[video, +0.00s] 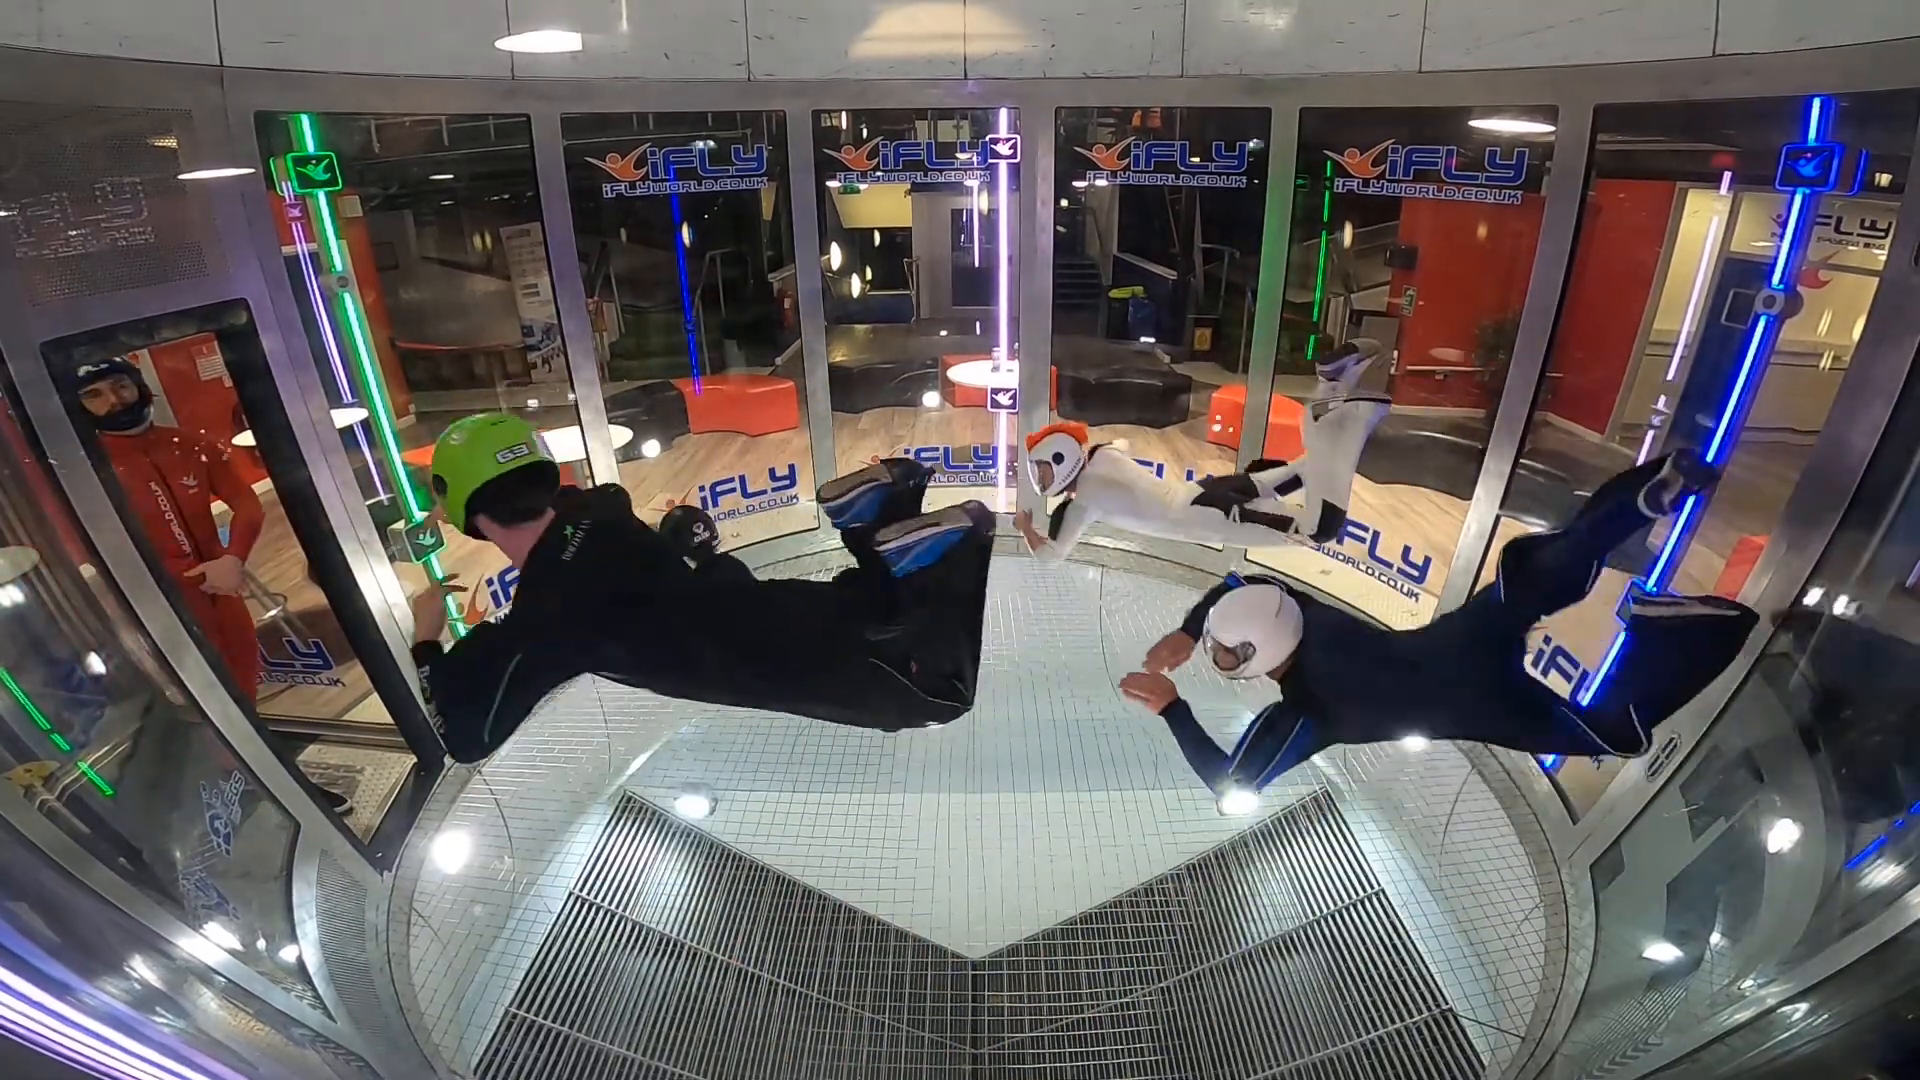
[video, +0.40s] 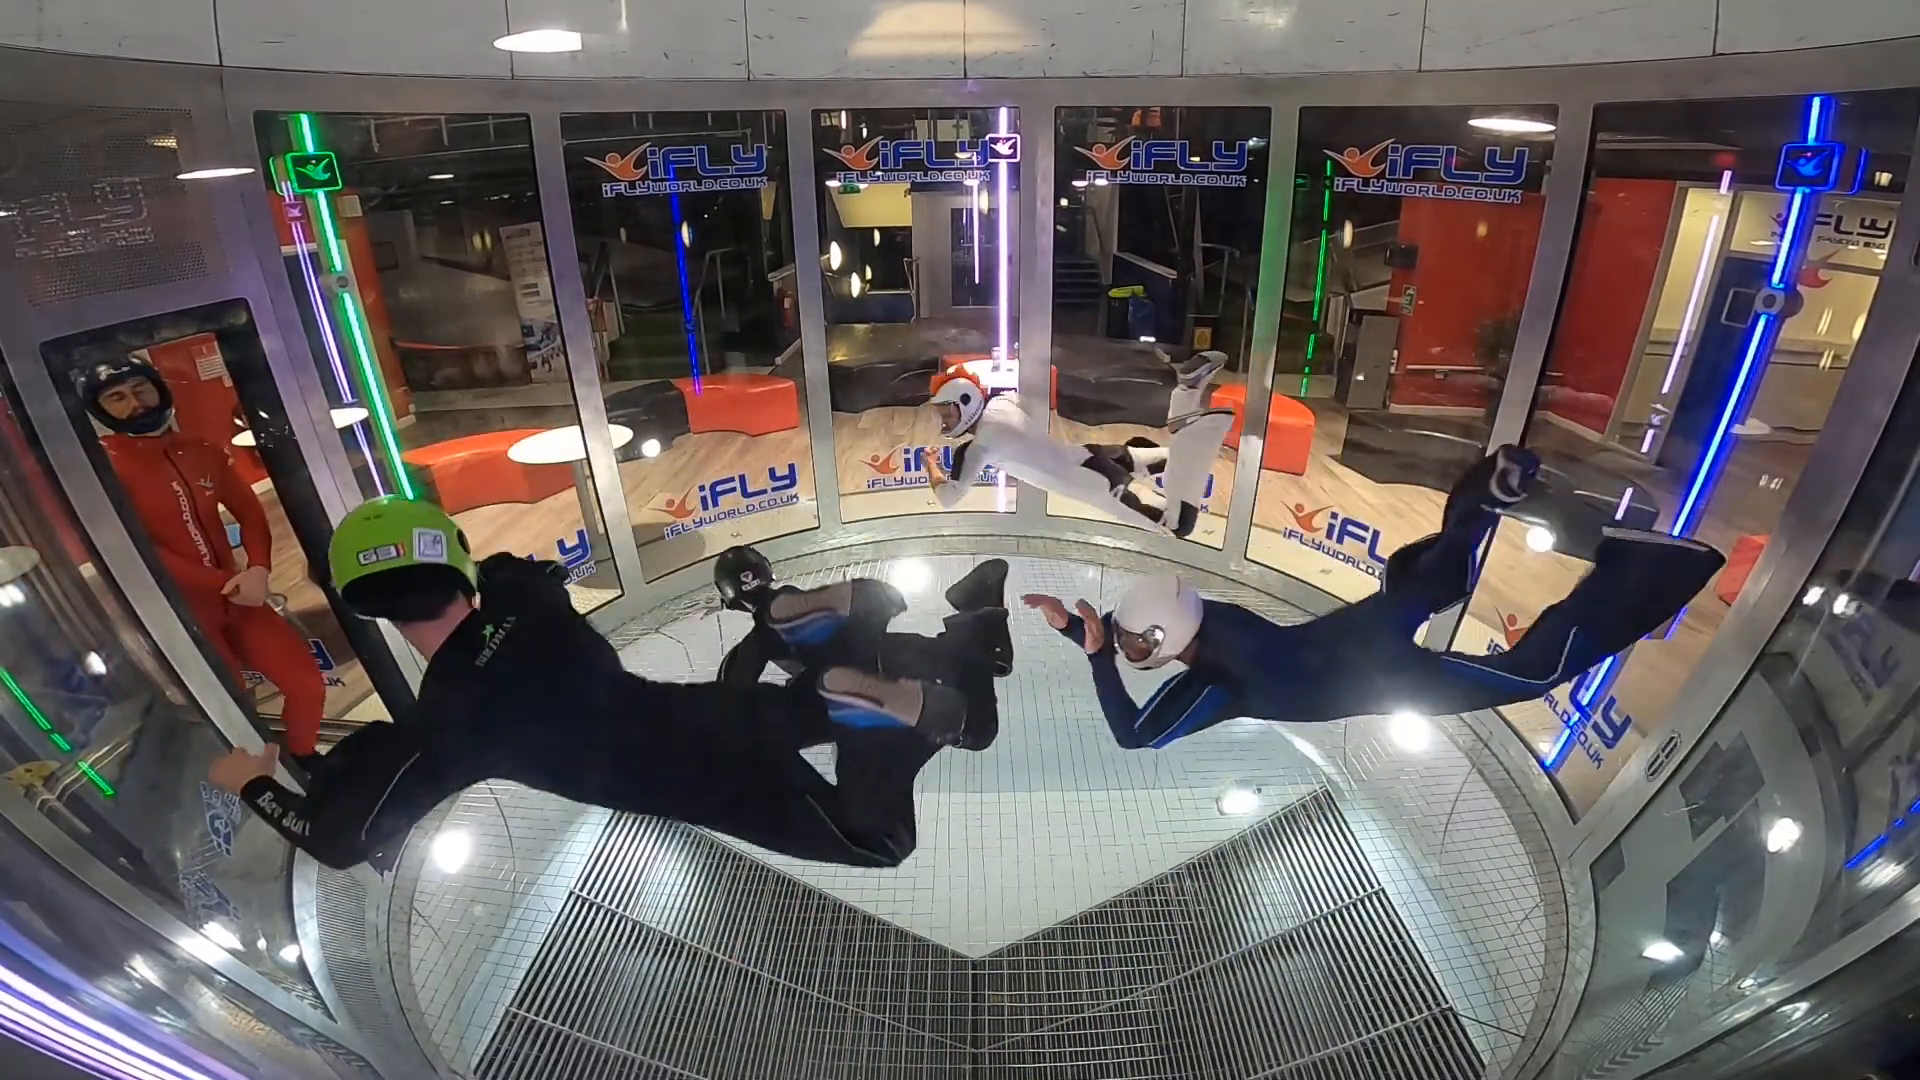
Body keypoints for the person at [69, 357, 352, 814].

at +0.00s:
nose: (112, 400)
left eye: (119, 385)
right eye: (95, 395)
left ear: (137, 387)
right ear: (80, 408)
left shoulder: (190, 444)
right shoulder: (84, 469)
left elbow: (248, 503)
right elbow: (95, 568)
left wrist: (235, 557)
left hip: (221, 604)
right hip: (166, 623)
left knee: (242, 715)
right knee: (215, 720)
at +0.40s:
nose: (135, 403)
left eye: (140, 389)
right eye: (117, 398)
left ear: (157, 389)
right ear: (100, 413)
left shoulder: (199, 450)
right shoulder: (106, 470)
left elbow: (249, 508)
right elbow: (138, 552)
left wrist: (258, 567)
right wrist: (226, 584)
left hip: (237, 600)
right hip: (186, 617)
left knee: (306, 681)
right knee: (234, 706)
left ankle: (300, 755)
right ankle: (257, 789)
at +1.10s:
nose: (129, 415)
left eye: (131, 398)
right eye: (110, 411)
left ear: (147, 394)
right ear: (93, 424)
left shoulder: (200, 451)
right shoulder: (102, 474)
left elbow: (249, 512)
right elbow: (137, 562)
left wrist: (262, 573)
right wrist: (227, 588)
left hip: (239, 601)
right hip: (185, 618)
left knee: (294, 694)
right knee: (235, 712)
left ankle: (243, 781)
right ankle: (292, 788)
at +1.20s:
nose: (128, 415)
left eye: (129, 398)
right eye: (108, 412)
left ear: (145, 394)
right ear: (91, 424)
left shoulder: (202, 453)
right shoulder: (100, 478)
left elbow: (250, 513)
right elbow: (136, 564)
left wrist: (261, 574)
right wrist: (229, 590)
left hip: (239, 603)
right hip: (185, 620)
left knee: (295, 694)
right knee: (236, 713)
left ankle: (246, 781)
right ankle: (293, 788)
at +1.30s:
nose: (127, 415)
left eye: (128, 399)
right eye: (107, 412)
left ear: (144, 394)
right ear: (91, 424)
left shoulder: (200, 453)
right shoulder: (98, 476)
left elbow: (249, 514)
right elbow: (135, 563)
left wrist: (258, 574)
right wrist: (227, 590)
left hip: (238, 602)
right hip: (184, 619)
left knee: (297, 694)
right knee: (236, 713)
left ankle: (251, 778)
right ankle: (293, 788)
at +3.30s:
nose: (121, 425)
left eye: (132, 411)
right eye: (107, 414)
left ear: (155, 409)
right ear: (91, 417)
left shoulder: (194, 456)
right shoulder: (84, 475)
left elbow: (245, 507)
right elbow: (76, 554)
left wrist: (238, 546)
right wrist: (154, 544)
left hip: (224, 604)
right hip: (169, 626)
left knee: (302, 688)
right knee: (233, 716)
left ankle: (245, 778)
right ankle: (294, 791)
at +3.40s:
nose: (128, 425)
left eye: (137, 409)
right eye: (112, 415)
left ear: (156, 406)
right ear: (96, 421)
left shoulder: (196, 457)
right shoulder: (95, 476)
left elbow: (252, 512)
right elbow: (92, 559)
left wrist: (236, 559)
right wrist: (186, 580)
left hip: (223, 602)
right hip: (170, 621)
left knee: (302, 688)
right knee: (232, 711)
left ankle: (243, 780)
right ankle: (294, 790)